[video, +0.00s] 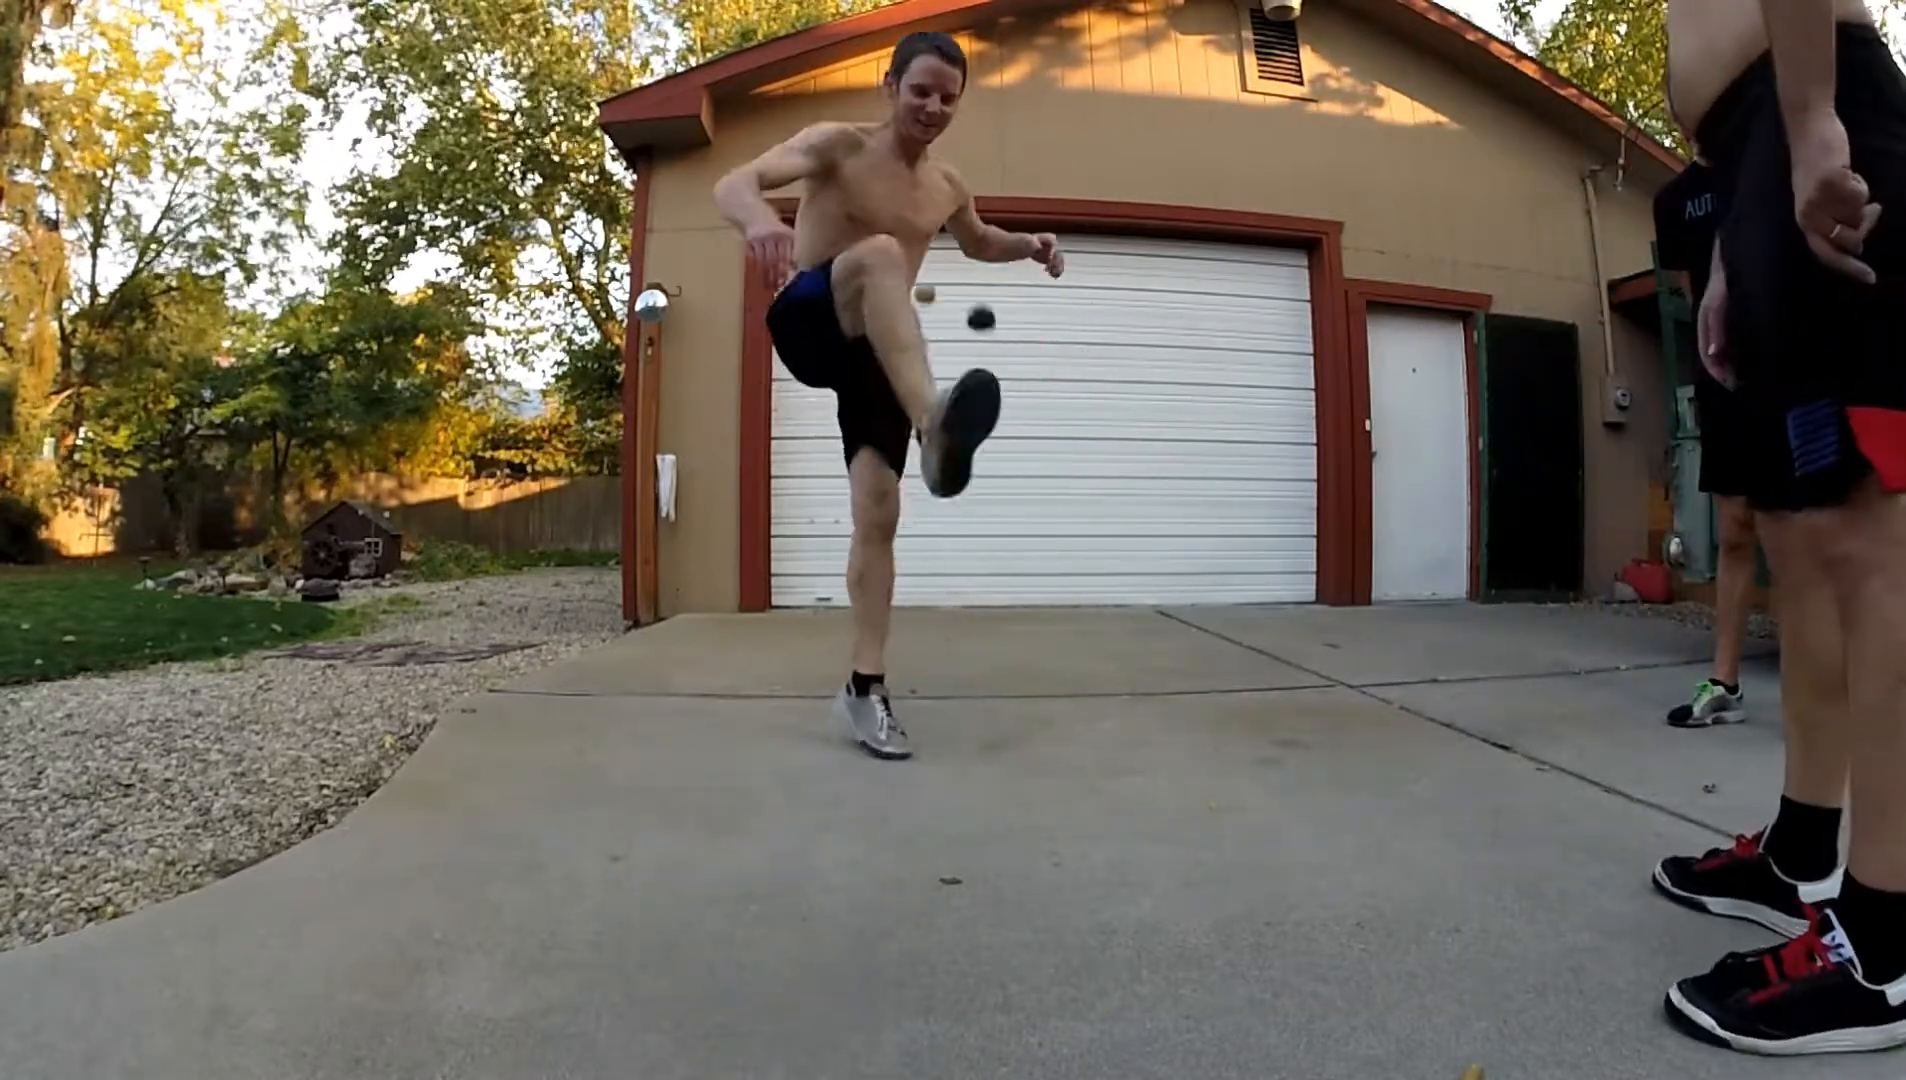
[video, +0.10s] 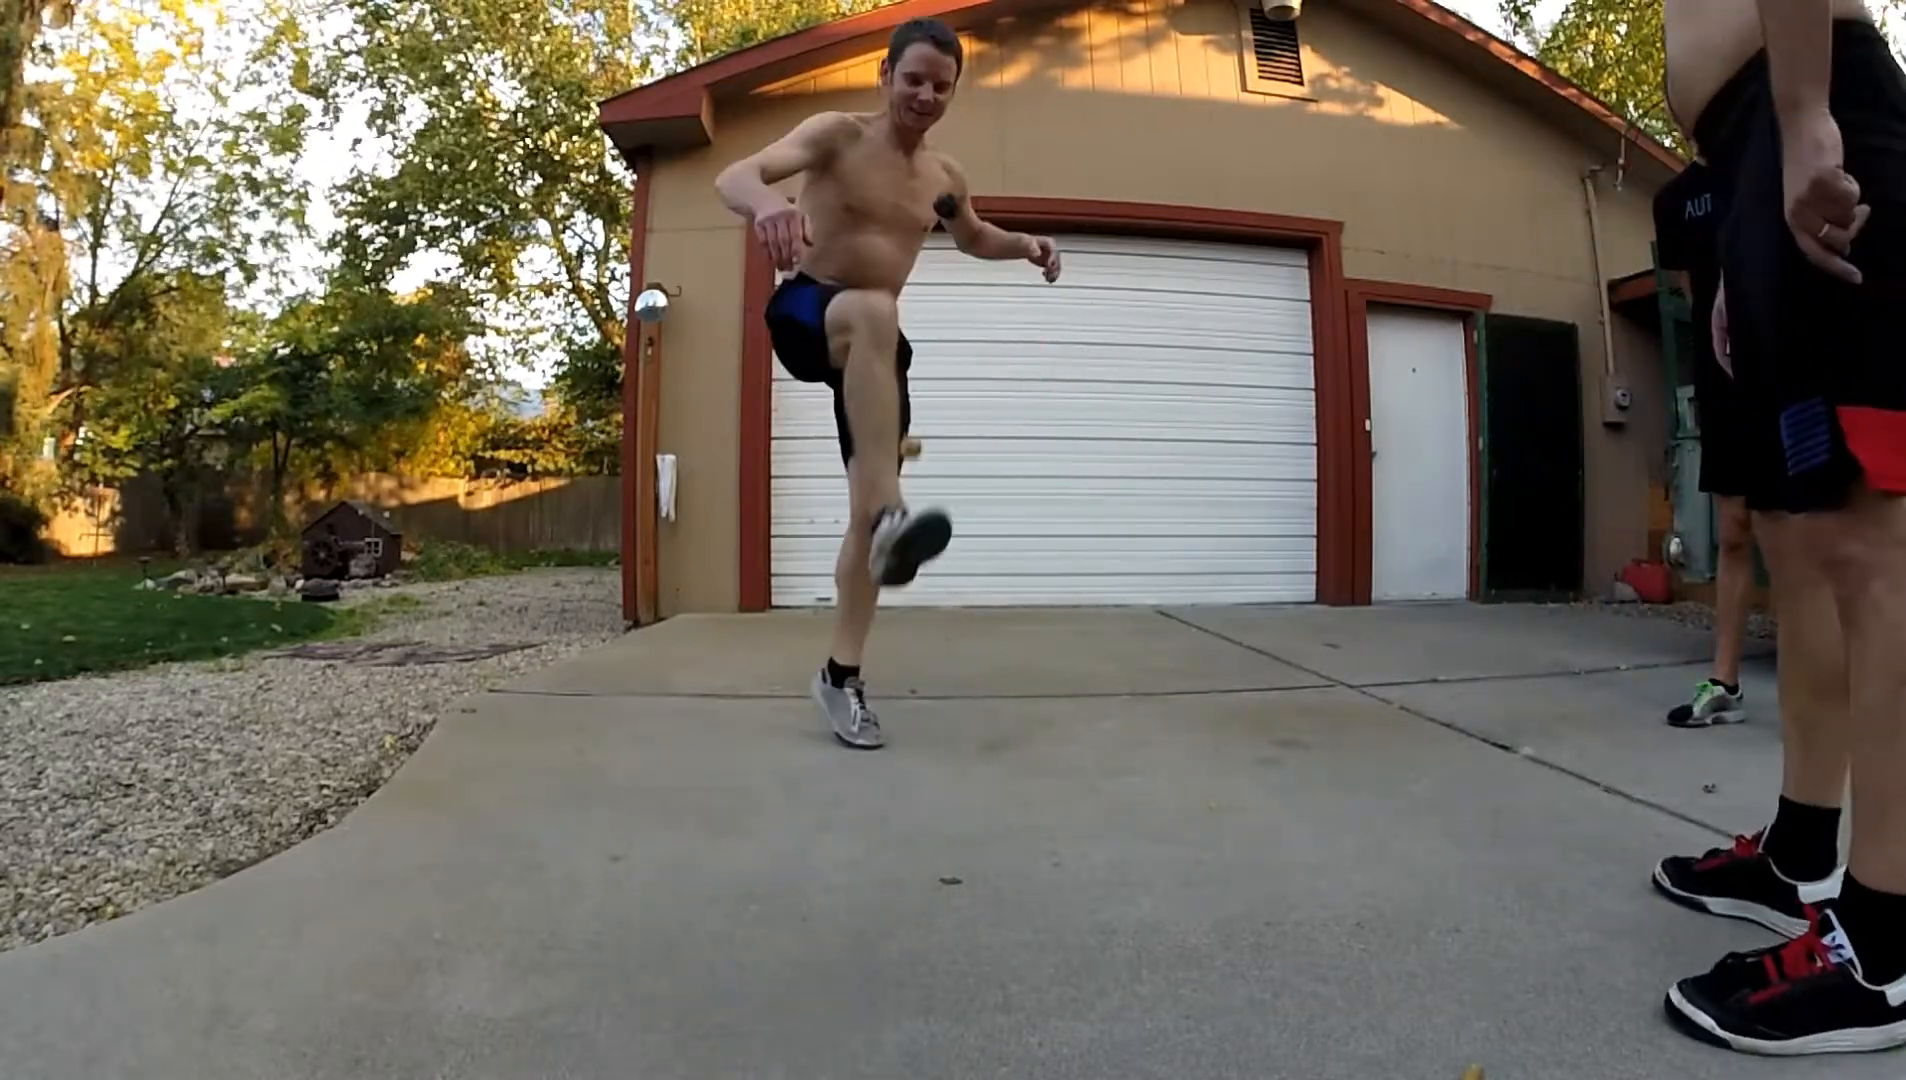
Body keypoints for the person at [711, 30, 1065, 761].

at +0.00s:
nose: (933, 107)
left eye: (947, 98)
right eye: (922, 90)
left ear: (958, 105)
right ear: (892, 85)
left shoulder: (947, 186)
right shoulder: (835, 144)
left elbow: (979, 242)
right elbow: (733, 185)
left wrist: (1028, 244)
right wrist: (757, 221)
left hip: (883, 351)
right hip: (809, 334)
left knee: (877, 514)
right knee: (877, 259)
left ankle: (865, 689)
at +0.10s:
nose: (927, 96)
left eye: (941, 86)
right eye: (916, 80)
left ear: (954, 93)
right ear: (887, 74)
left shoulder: (944, 176)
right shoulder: (836, 133)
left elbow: (974, 237)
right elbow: (733, 178)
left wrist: (1026, 245)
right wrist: (766, 203)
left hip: (879, 335)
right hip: (805, 312)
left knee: (873, 509)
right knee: (876, 312)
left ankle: (841, 676)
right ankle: (883, 522)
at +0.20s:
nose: (916, 99)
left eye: (930, 90)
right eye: (904, 83)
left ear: (942, 99)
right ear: (876, 82)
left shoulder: (938, 186)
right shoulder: (828, 145)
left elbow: (966, 258)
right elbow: (727, 200)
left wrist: (1022, 255)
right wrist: (753, 231)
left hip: (880, 351)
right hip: (809, 333)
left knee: (878, 532)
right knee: (863, 437)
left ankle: (827, 695)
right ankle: (860, 657)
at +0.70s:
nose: (870, 83)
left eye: (887, 70)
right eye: (858, 67)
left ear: (914, 64)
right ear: (838, 55)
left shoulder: (936, 149)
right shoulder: (805, 133)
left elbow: (1022, 212)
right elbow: (704, 204)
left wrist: (1041, 180)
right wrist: (645, 292)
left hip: (897, 354)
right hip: (835, 341)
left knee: (958, 527)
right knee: (879, 540)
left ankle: (791, 621)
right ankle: (860, 740)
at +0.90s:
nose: (867, 78)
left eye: (884, 64)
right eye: (855, 60)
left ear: (910, 62)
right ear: (835, 52)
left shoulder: (934, 144)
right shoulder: (797, 135)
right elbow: (700, 216)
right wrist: (628, 309)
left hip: (897, 355)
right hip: (841, 346)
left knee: (954, 541)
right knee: (891, 545)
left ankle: (783, 607)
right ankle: (857, 744)